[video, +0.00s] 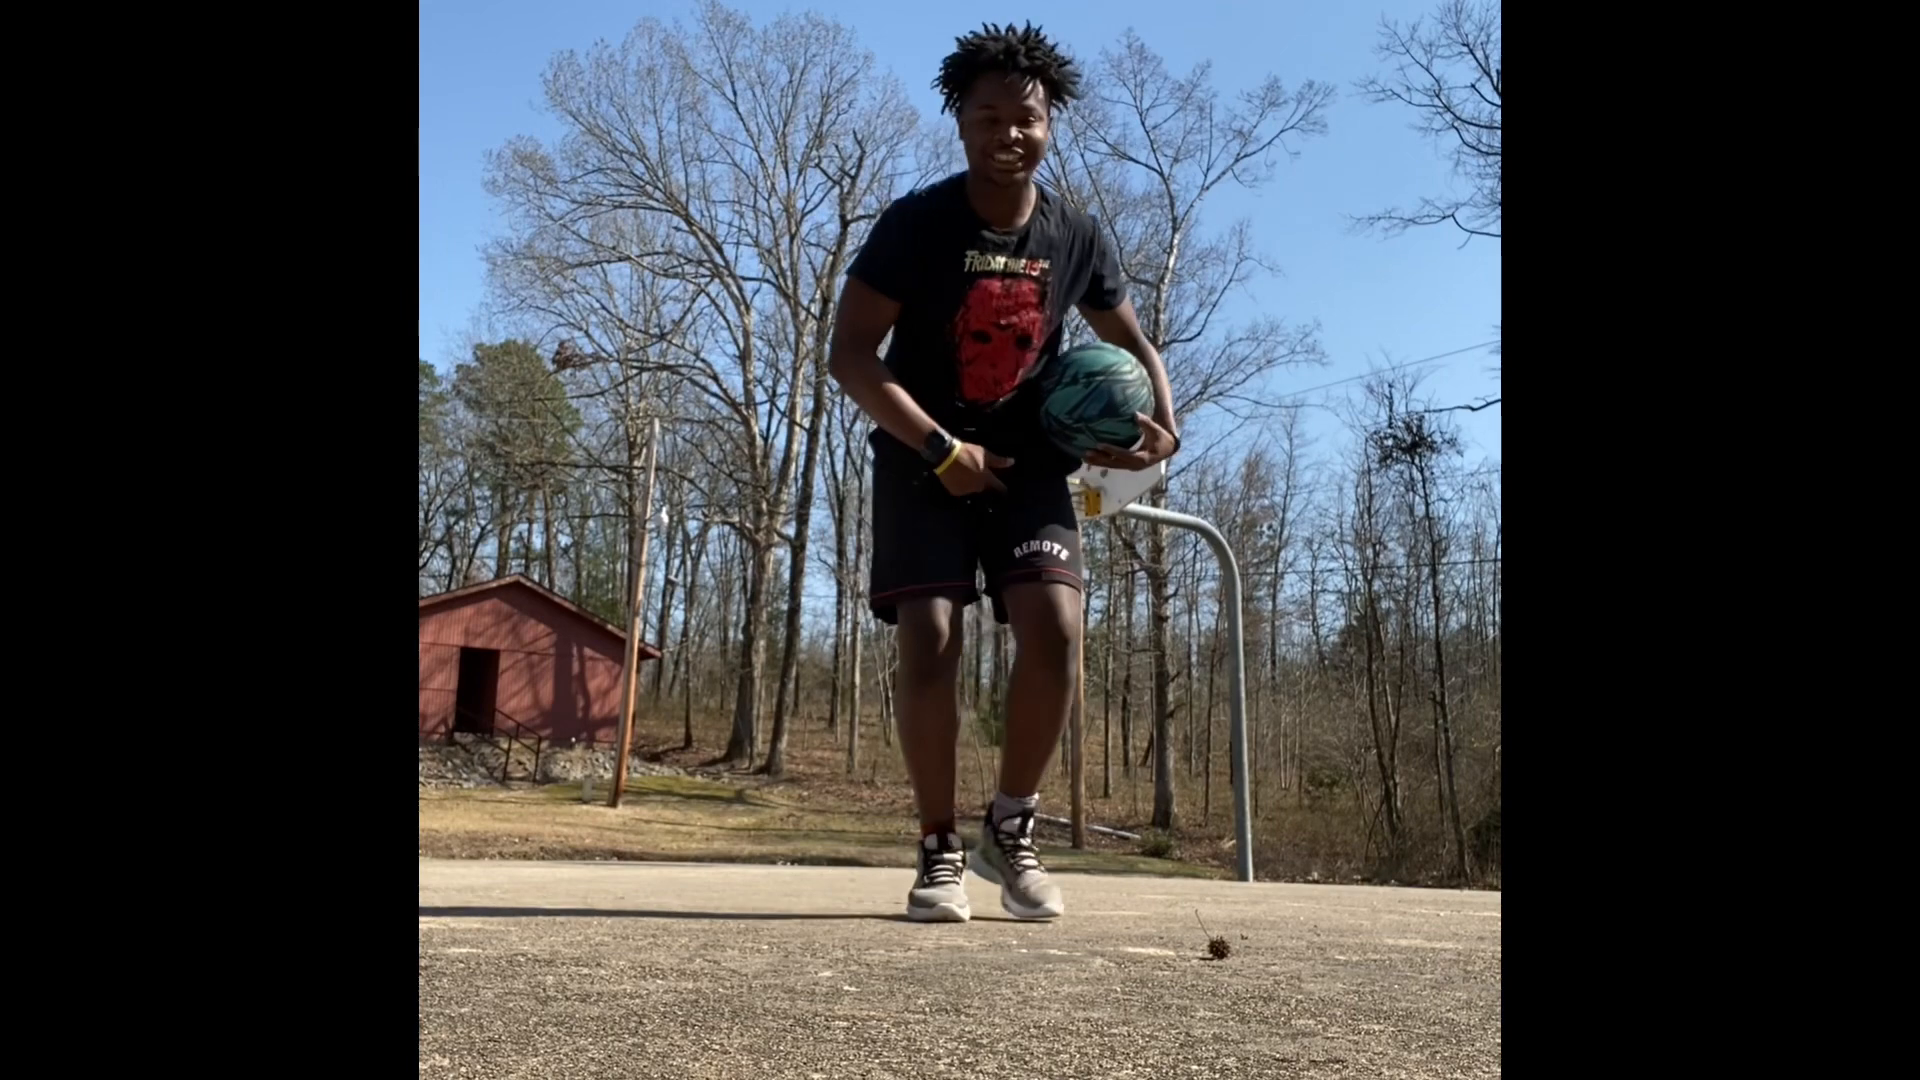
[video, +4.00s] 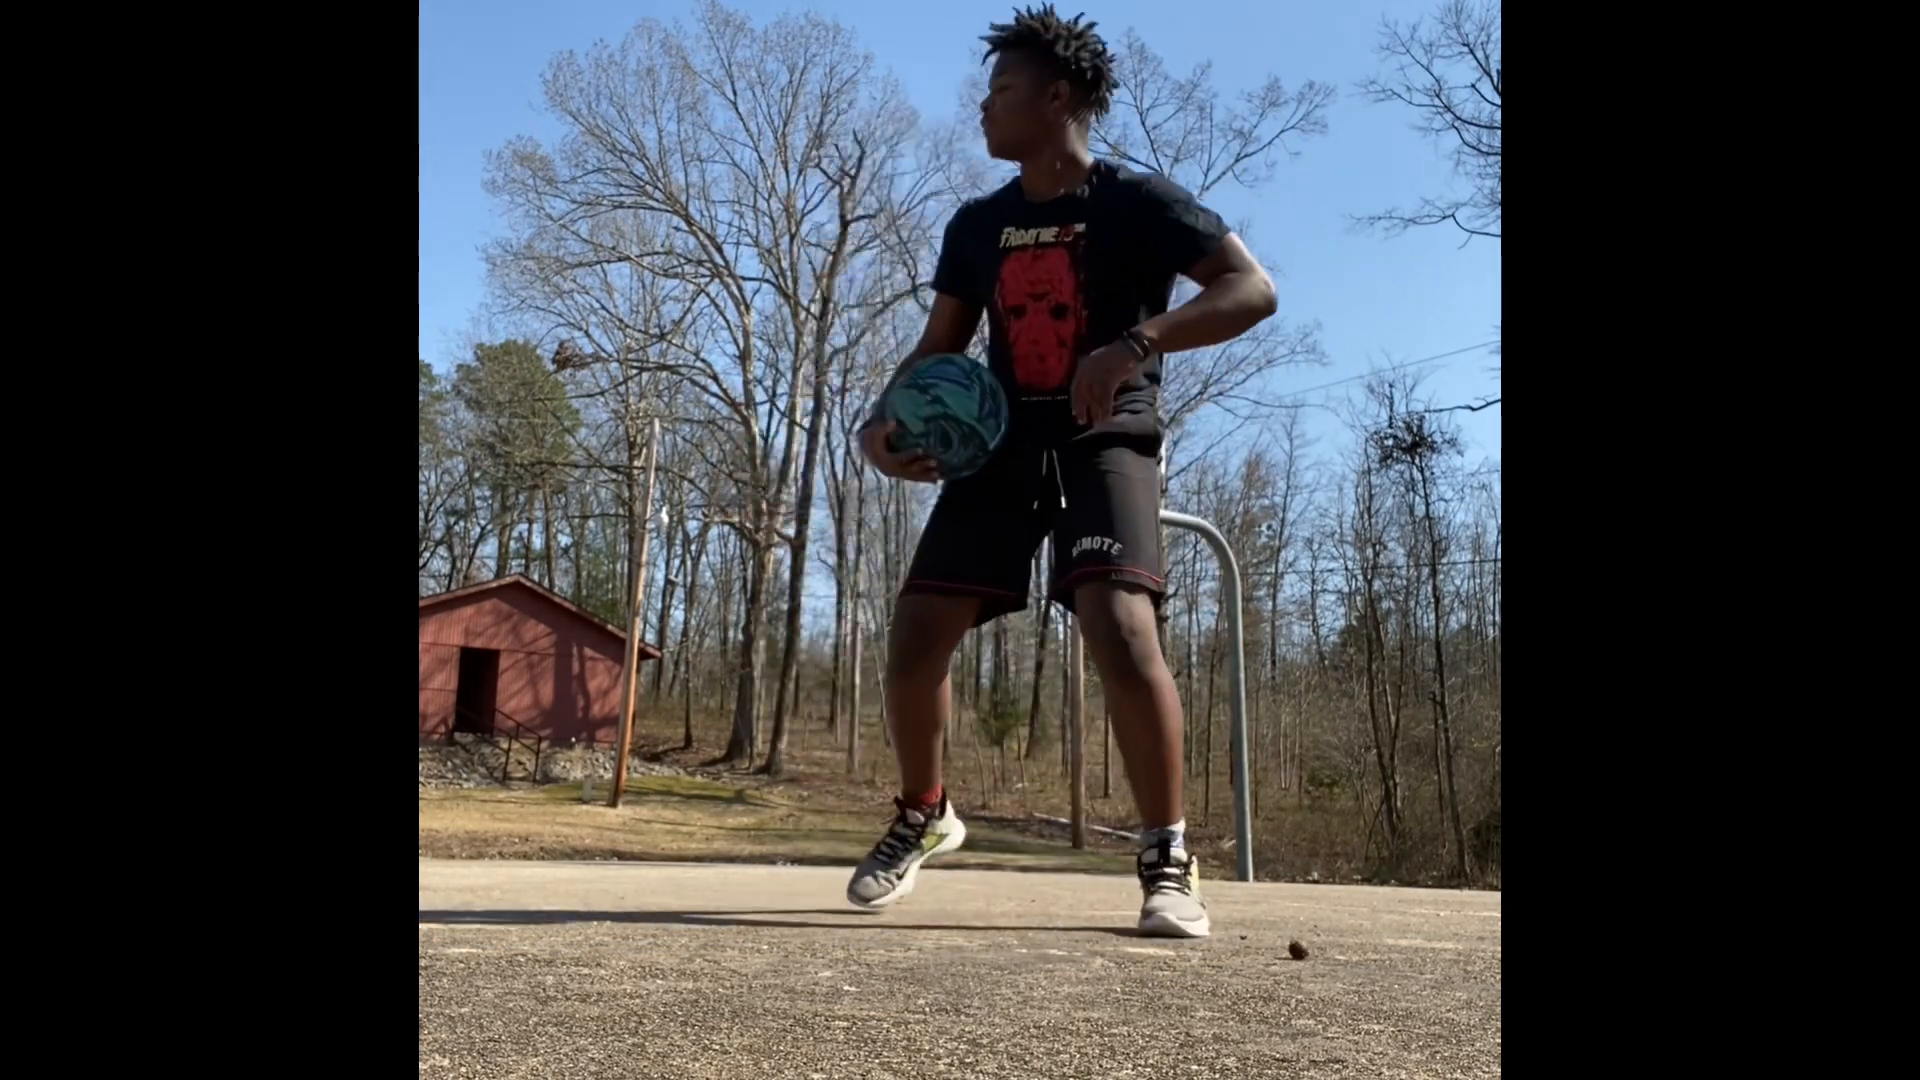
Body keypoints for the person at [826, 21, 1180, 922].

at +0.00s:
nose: (1008, 134)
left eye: (1025, 118)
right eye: (989, 119)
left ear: (1050, 126)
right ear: (960, 127)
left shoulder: (1076, 235)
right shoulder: (913, 225)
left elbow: (1131, 346)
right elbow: (850, 356)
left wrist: (1166, 426)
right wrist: (937, 445)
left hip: (1032, 459)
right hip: (922, 453)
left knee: (1057, 630)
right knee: (929, 640)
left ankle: (1010, 829)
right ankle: (939, 853)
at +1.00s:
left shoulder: (1201, 61)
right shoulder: (985, 74)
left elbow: (1267, 200)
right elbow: (955, 252)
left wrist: (1323, 297)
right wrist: (1034, 357)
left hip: (1164, 370)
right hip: (1026, 366)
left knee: (1197, 585)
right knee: (1016, 595)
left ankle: (1202, 873)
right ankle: (1009, 868)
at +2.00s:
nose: (1097, 102)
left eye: (1113, 85)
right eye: (1078, 88)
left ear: (1138, 97)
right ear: (1049, 102)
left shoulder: (1185, 215)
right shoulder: (1014, 210)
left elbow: (1223, 345)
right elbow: (972, 337)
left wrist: (1191, 377)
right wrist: (987, 343)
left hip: (1154, 432)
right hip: (1035, 429)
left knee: (1187, 629)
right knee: (997, 616)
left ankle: (1209, 865)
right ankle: (980, 849)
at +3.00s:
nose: (827, 185)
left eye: (844, 169)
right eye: (819, 173)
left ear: (887, 175)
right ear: (814, 184)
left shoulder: (916, 254)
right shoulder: (823, 287)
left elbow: (975, 317)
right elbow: (807, 399)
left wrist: (994, 390)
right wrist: (753, 441)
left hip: (914, 462)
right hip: (849, 470)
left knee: (844, 638)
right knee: (807, 650)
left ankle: (828, 852)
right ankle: (934, 808)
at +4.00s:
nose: (985, 103)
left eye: (1002, 87)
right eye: (988, 87)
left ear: (1061, 99)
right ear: (1032, 102)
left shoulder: (1139, 201)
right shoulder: (979, 224)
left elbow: (1251, 289)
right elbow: (938, 346)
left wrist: (1138, 343)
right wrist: (884, 423)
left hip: (1107, 440)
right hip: (999, 445)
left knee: (1118, 622)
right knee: (918, 630)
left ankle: (1167, 862)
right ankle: (924, 819)